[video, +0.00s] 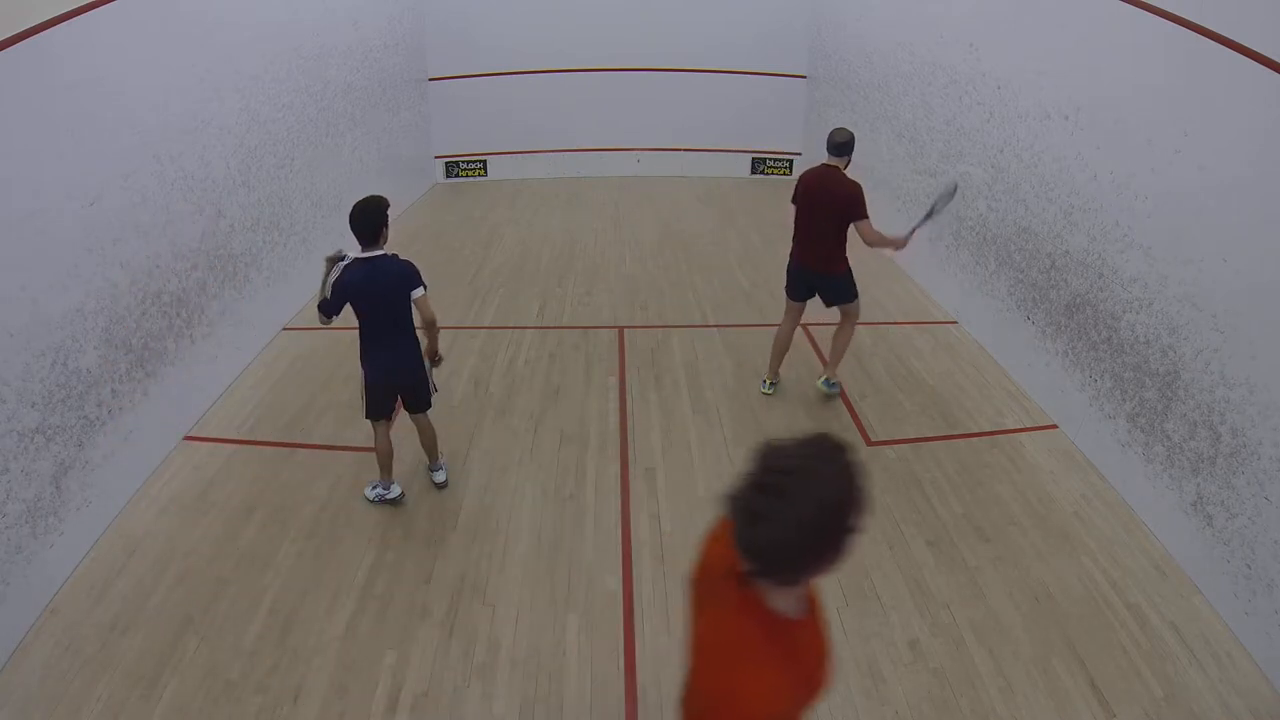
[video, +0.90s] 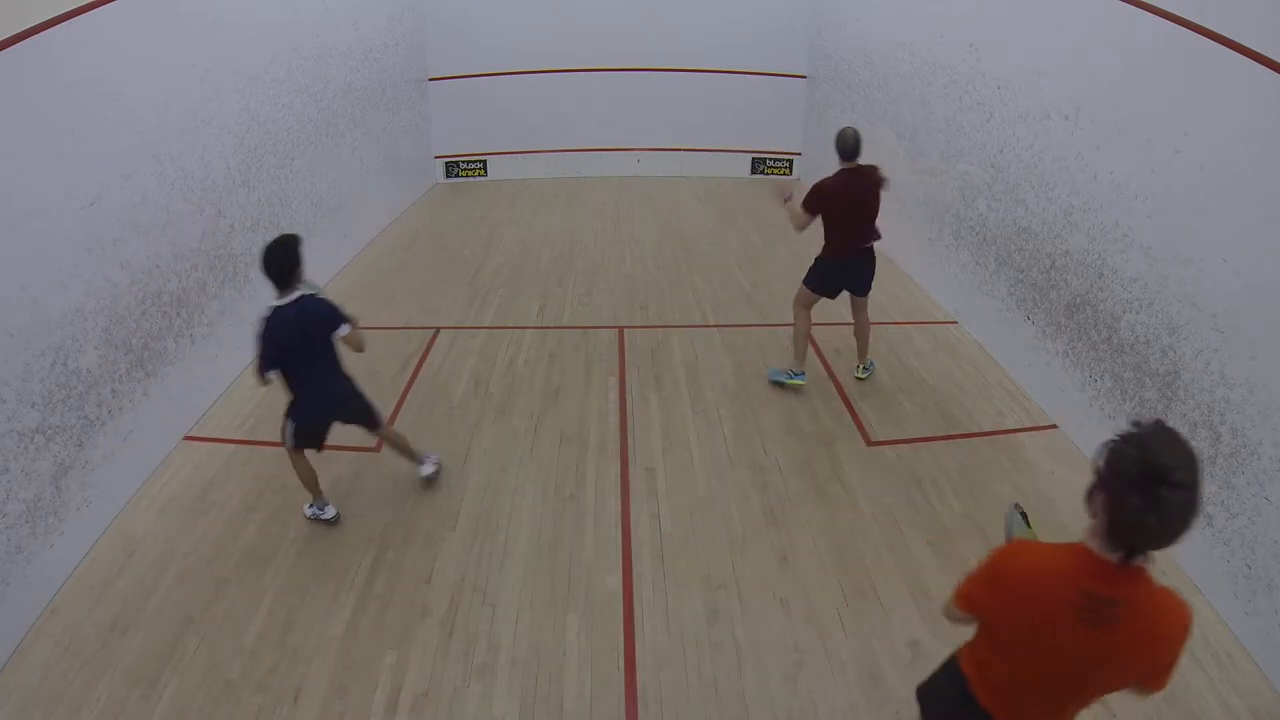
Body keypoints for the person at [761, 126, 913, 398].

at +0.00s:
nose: (848, 155)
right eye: (850, 152)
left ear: (826, 149)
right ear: (851, 153)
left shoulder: (806, 177)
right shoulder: (851, 189)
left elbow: (799, 216)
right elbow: (869, 238)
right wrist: (897, 241)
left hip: (800, 264)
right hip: (833, 269)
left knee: (790, 318)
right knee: (849, 316)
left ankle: (770, 377)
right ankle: (829, 376)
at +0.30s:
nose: (868, 162)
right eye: (869, 159)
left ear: (845, 158)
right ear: (867, 163)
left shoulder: (827, 181)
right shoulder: (860, 198)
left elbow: (824, 217)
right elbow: (883, 240)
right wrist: (918, 222)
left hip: (813, 265)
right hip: (845, 271)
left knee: (796, 316)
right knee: (855, 318)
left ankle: (771, 373)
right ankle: (861, 367)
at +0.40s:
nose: (878, 166)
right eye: (878, 163)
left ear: (854, 160)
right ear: (876, 168)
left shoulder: (838, 180)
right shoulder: (867, 201)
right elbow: (891, 239)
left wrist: (877, 195)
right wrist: (926, 217)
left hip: (821, 262)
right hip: (853, 269)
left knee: (801, 306)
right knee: (862, 314)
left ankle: (774, 360)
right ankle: (861, 366)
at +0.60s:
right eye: (889, 161)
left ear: (864, 158)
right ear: (888, 167)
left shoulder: (849, 172)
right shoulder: (874, 198)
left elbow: (835, 176)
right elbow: (903, 231)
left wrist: (847, 160)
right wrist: (926, 197)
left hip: (827, 256)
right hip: (858, 267)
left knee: (810, 304)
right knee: (866, 312)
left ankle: (783, 357)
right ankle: (861, 365)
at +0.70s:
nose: (884, 157)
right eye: (885, 154)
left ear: (861, 153)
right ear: (885, 159)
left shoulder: (843, 172)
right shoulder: (886, 195)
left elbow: (816, 185)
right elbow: (922, 215)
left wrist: (816, 165)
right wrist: (929, 193)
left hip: (827, 257)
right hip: (860, 266)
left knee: (810, 306)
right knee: (863, 313)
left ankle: (790, 365)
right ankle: (861, 365)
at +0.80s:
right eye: (873, 145)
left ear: (851, 148)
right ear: (876, 151)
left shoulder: (832, 177)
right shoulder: (884, 181)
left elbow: (802, 203)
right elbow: (919, 182)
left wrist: (797, 181)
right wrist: (945, 171)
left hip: (831, 256)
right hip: (862, 259)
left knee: (807, 305)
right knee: (861, 313)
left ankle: (793, 367)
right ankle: (861, 365)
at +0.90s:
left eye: (840, 145)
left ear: (836, 150)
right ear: (860, 149)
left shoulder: (826, 188)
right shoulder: (873, 178)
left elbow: (799, 222)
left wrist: (788, 201)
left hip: (833, 261)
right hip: (864, 259)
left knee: (802, 305)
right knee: (861, 310)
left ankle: (797, 370)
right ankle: (863, 365)